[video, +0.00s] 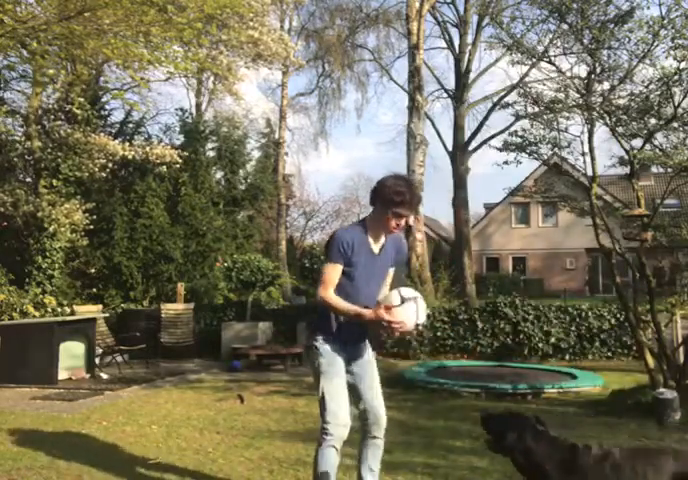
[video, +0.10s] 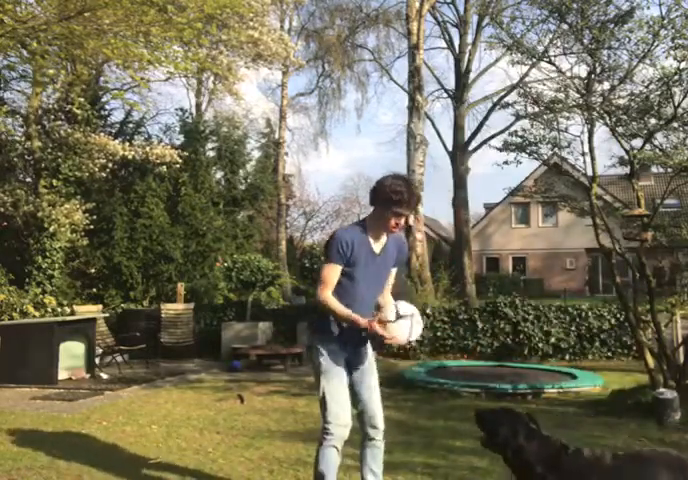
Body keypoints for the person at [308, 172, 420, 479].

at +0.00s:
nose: (402, 224)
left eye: (406, 218)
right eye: (397, 216)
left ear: (410, 216)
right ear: (378, 208)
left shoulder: (397, 245)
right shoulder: (345, 238)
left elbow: (383, 295)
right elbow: (324, 293)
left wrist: (398, 317)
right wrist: (368, 314)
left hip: (360, 340)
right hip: (328, 339)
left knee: (377, 418)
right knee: (336, 425)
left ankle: (368, 476)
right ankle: (325, 475)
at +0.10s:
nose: (401, 223)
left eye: (405, 217)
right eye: (396, 216)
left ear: (408, 215)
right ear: (377, 208)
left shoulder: (397, 244)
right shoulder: (345, 238)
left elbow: (384, 293)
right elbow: (323, 294)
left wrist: (389, 321)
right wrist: (361, 321)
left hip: (362, 342)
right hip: (330, 341)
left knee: (374, 425)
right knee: (336, 427)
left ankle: (372, 477)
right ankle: (326, 476)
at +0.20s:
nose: (402, 223)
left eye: (407, 217)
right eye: (398, 216)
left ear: (409, 215)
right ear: (378, 208)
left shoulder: (399, 245)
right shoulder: (346, 240)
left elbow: (387, 296)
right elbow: (322, 292)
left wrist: (394, 335)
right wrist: (351, 327)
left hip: (367, 343)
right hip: (334, 341)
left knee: (376, 424)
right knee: (337, 426)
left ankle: (372, 477)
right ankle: (325, 476)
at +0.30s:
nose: (403, 225)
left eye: (408, 219)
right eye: (398, 217)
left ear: (411, 217)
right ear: (379, 210)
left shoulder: (402, 248)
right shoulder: (346, 242)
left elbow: (389, 297)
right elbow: (322, 292)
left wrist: (392, 338)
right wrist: (349, 336)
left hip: (369, 341)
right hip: (335, 340)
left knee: (376, 425)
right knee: (335, 426)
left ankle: (372, 477)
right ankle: (324, 476)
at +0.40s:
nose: (402, 226)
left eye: (407, 220)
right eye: (397, 218)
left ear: (411, 218)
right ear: (379, 211)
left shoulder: (403, 248)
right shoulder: (346, 243)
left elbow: (391, 299)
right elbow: (323, 295)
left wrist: (393, 340)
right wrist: (352, 340)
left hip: (370, 344)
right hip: (336, 342)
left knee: (376, 427)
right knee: (333, 426)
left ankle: (372, 477)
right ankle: (323, 476)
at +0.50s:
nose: (400, 227)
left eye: (406, 221)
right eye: (395, 220)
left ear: (410, 218)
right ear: (377, 211)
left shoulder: (403, 248)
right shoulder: (345, 243)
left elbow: (398, 299)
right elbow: (326, 298)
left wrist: (402, 335)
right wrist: (360, 334)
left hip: (370, 344)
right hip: (335, 341)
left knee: (376, 426)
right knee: (332, 426)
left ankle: (372, 477)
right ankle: (322, 476)